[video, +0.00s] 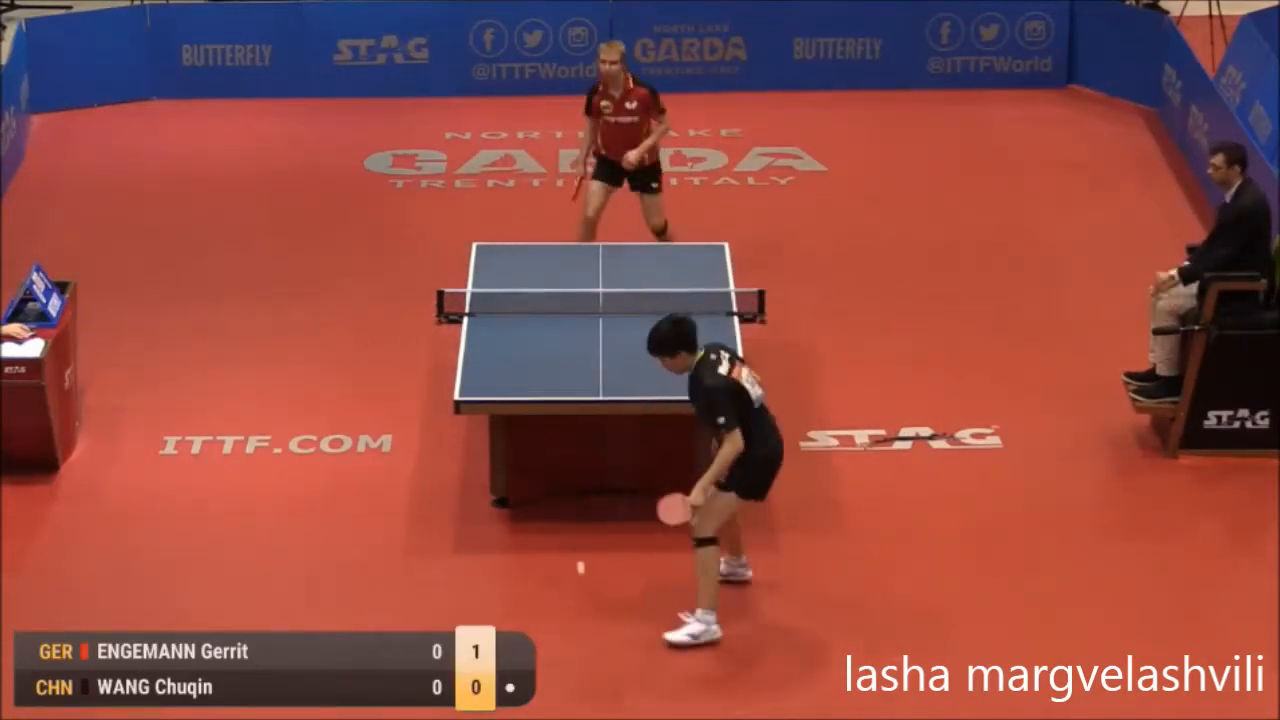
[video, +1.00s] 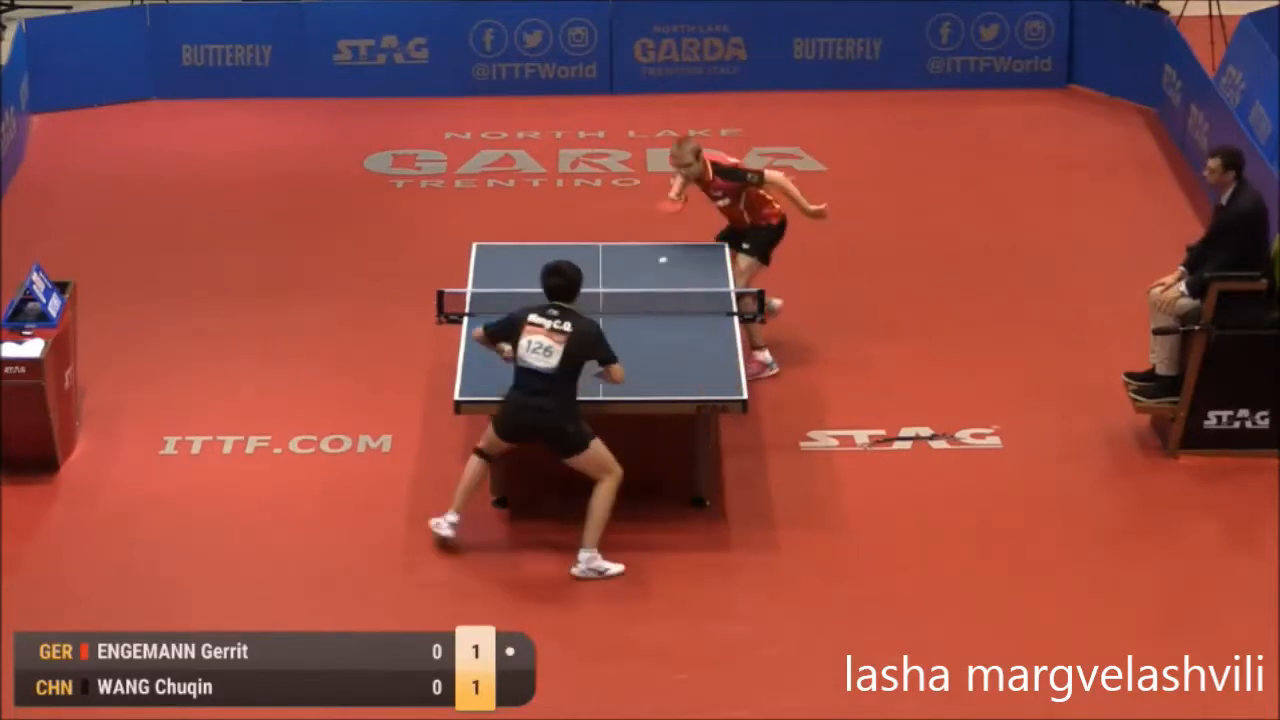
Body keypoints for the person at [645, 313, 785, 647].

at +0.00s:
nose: (663, 365)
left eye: (663, 358)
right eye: (661, 359)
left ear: (678, 354)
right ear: (688, 345)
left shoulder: (708, 382)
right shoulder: (715, 352)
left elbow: (735, 442)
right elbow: (745, 385)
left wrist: (704, 485)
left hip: (754, 455)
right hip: (764, 441)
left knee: (702, 523)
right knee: (721, 499)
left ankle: (706, 619)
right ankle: (735, 562)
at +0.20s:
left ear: (661, 306)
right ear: (695, 306)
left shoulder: (647, 342)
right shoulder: (712, 337)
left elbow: (634, 406)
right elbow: (738, 392)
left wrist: (662, 416)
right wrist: (725, 422)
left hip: (667, 432)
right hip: (710, 429)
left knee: (625, 502)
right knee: (729, 482)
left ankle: (600, 580)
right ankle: (742, 560)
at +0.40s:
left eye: (664, 285)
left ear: (659, 291)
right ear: (693, 290)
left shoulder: (645, 328)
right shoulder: (712, 324)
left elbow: (632, 389)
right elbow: (737, 375)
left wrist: (649, 405)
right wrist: (722, 399)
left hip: (660, 420)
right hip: (705, 421)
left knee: (616, 479)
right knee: (725, 483)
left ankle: (599, 557)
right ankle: (742, 560)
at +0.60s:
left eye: (642, 291)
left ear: (636, 297)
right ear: (670, 295)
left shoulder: (624, 335)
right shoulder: (691, 329)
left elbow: (612, 394)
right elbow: (718, 377)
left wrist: (636, 399)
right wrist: (692, 386)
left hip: (639, 427)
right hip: (685, 427)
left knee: (590, 473)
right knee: (719, 481)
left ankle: (554, 543)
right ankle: (741, 559)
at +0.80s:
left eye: (596, 286)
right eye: (614, 286)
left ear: (589, 293)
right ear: (621, 293)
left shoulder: (570, 329)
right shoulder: (635, 333)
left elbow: (540, 375)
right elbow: (657, 380)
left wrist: (565, 366)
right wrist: (640, 360)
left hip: (578, 428)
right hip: (622, 430)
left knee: (540, 466)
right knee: (673, 482)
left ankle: (537, 546)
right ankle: (722, 548)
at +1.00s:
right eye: (572, 287)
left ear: (545, 289)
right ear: (576, 291)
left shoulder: (525, 317)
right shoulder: (588, 329)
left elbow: (480, 335)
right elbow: (616, 376)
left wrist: (501, 349)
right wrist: (602, 368)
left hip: (515, 413)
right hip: (559, 420)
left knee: (483, 454)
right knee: (610, 474)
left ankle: (450, 520)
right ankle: (588, 556)